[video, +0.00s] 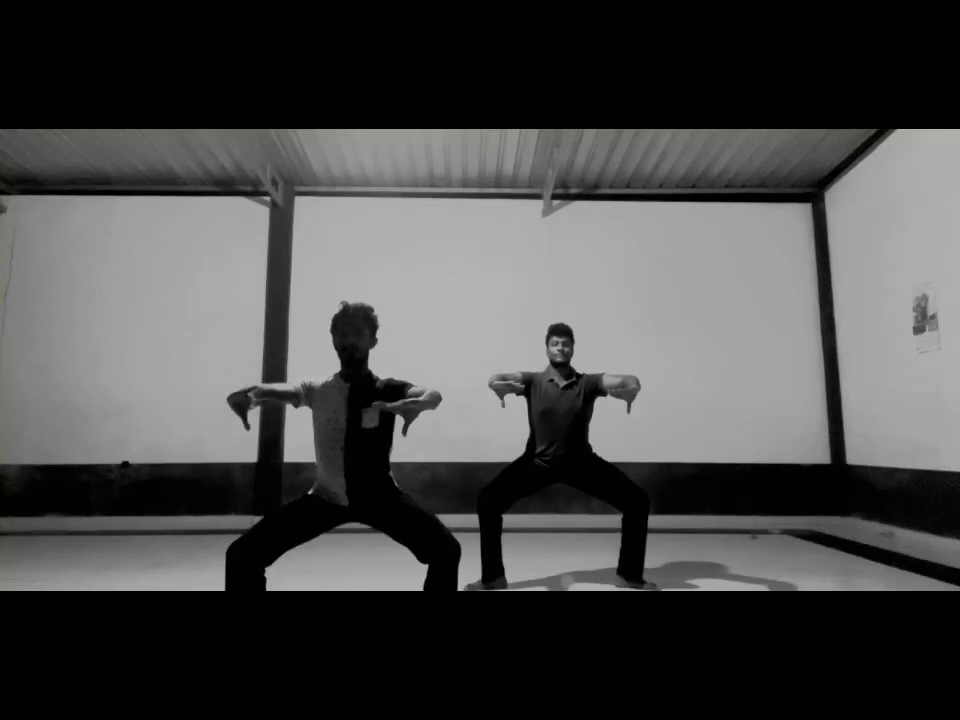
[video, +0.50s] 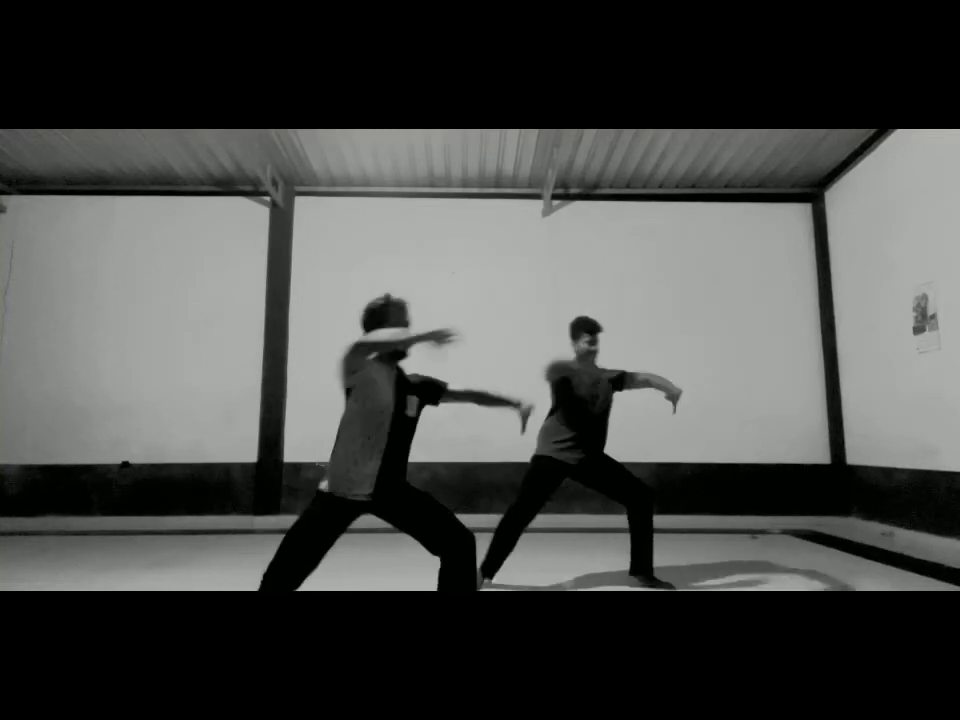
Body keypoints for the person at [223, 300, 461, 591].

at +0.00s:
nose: (348, 343)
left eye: (357, 334)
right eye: (341, 335)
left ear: (373, 339)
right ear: (332, 340)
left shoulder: (389, 390)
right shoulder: (317, 392)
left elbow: (433, 396)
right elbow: (271, 392)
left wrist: (414, 404)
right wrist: (244, 395)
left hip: (379, 499)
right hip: (327, 499)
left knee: (446, 551)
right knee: (242, 556)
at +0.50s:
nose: (406, 333)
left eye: (407, 327)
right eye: (399, 327)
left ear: (404, 340)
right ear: (377, 333)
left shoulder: (414, 386)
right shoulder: (359, 373)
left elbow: (466, 396)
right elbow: (364, 347)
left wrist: (512, 405)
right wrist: (421, 339)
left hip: (390, 490)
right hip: (344, 489)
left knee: (459, 544)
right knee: (285, 571)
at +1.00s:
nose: (409, 361)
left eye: (413, 354)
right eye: (407, 352)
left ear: (401, 350)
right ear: (387, 345)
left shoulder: (388, 385)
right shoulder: (350, 375)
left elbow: (413, 390)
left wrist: (456, 394)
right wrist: (428, 447)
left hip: (362, 490)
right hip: (320, 491)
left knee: (436, 538)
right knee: (269, 571)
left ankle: (441, 599)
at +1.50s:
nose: (385, 322)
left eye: (393, 315)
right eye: (377, 315)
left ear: (408, 322)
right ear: (368, 323)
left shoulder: (424, 373)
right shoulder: (355, 373)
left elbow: (467, 379)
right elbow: (293, 364)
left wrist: (476, 397)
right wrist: (264, 372)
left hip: (412, 485)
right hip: (360, 484)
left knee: (463, 554)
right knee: (285, 543)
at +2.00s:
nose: (330, 335)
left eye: (338, 328)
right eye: (330, 328)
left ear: (357, 334)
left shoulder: (367, 375)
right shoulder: (320, 384)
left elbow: (328, 350)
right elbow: (272, 380)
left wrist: (290, 326)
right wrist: (234, 399)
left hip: (372, 497)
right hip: (328, 496)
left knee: (420, 579)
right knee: (246, 542)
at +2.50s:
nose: (274, 381)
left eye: (273, 373)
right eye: (270, 375)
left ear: (285, 366)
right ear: (294, 360)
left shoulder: (331, 381)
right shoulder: (307, 392)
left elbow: (285, 436)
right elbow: (259, 408)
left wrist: (238, 462)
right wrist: (212, 430)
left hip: (378, 492)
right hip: (339, 492)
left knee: (415, 578)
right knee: (258, 542)